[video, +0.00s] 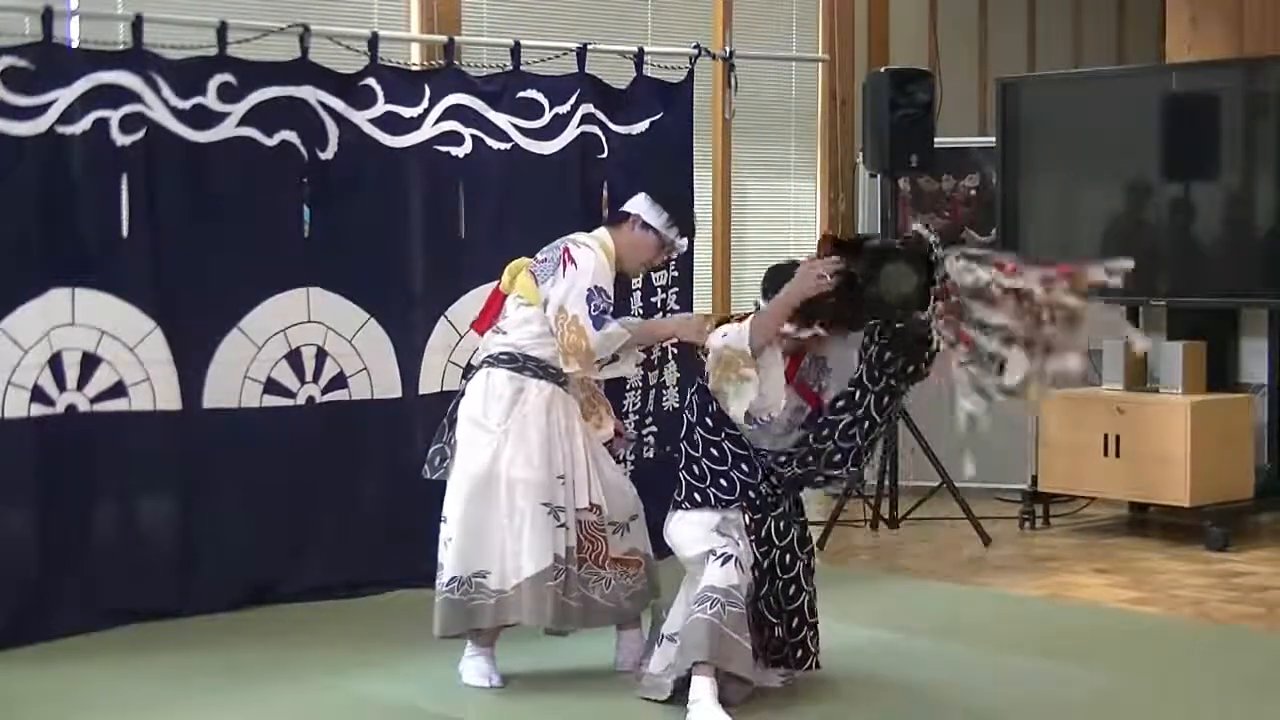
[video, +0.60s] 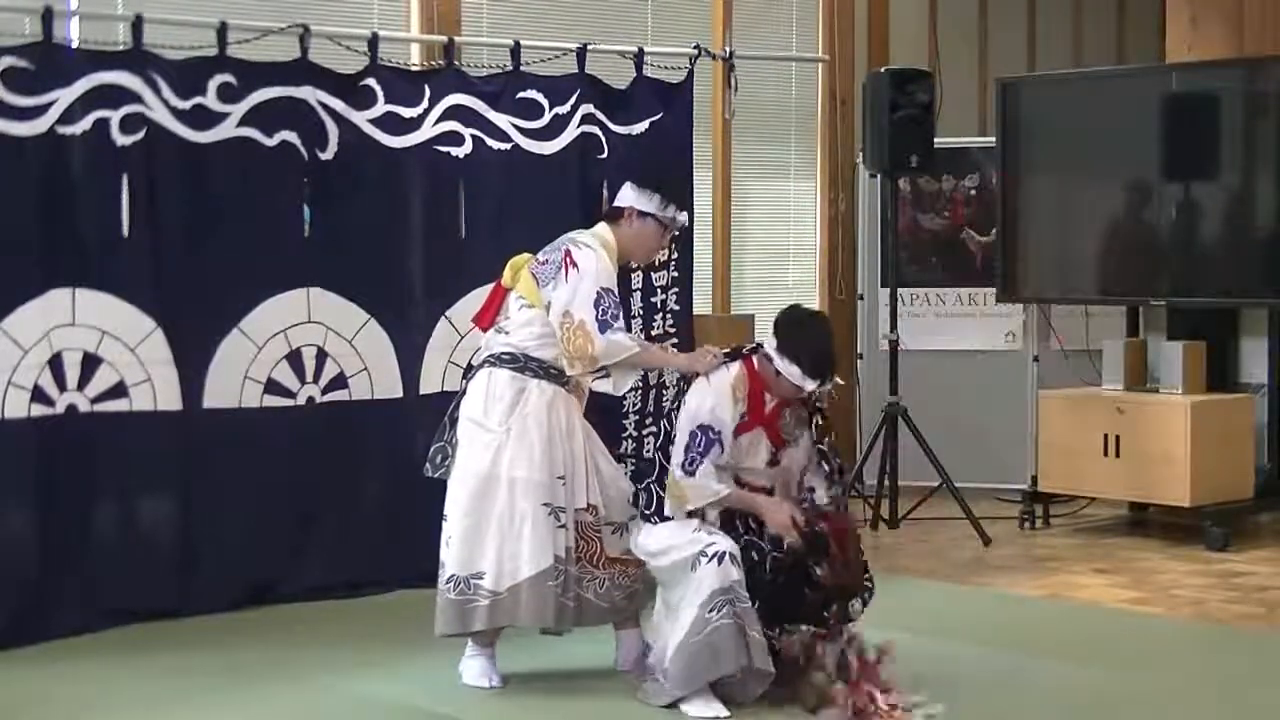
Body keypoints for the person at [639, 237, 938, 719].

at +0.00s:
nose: (813, 335)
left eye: (824, 327)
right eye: (807, 323)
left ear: (831, 329)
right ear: (782, 315)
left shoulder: (827, 357)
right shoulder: (730, 348)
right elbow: (750, 338)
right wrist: (792, 292)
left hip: (763, 504)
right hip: (704, 499)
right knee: (726, 569)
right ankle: (701, 692)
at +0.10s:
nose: (816, 339)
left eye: (824, 330)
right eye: (809, 325)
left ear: (818, 329)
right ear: (779, 318)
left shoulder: (821, 362)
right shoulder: (730, 343)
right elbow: (740, 368)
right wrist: (797, 317)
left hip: (774, 498)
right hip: (711, 497)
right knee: (724, 566)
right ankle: (702, 679)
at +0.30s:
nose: (793, 357)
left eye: (802, 349)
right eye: (786, 346)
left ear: (813, 336)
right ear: (761, 327)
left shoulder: (804, 365)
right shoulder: (720, 357)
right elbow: (737, 422)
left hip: (758, 507)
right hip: (697, 504)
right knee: (736, 550)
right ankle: (691, 680)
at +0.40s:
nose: (793, 368)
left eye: (802, 359)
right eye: (785, 357)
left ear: (815, 347)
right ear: (760, 337)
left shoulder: (808, 377)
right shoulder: (717, 368)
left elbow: (846, 428)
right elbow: (716, 449)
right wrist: (787, 451)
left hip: (765, 514)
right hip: (699, 507)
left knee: (765, 676)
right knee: (732, 556)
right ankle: (691, 682)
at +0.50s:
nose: (798, 382)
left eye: (807, 374)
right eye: (792, 371)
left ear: (819, 364)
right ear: (767, 349)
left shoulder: (803, 390)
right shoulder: (719, 379)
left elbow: (833, 458)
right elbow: (699, 463)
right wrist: (767, 489)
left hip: (759, 522)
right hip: (698, 517)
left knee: (782, 668)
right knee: (727, 552)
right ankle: (690, 682)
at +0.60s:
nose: (804, 395)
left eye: (811, 387)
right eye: (798, 384)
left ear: (820, 375)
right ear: (771, 362)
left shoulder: (795, 399)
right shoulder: (716, 391)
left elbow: (808, 472)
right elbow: (692, 482)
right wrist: (763, 505)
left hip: (748, 526)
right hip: (684, 522)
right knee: (720, 555)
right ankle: (689, 682)